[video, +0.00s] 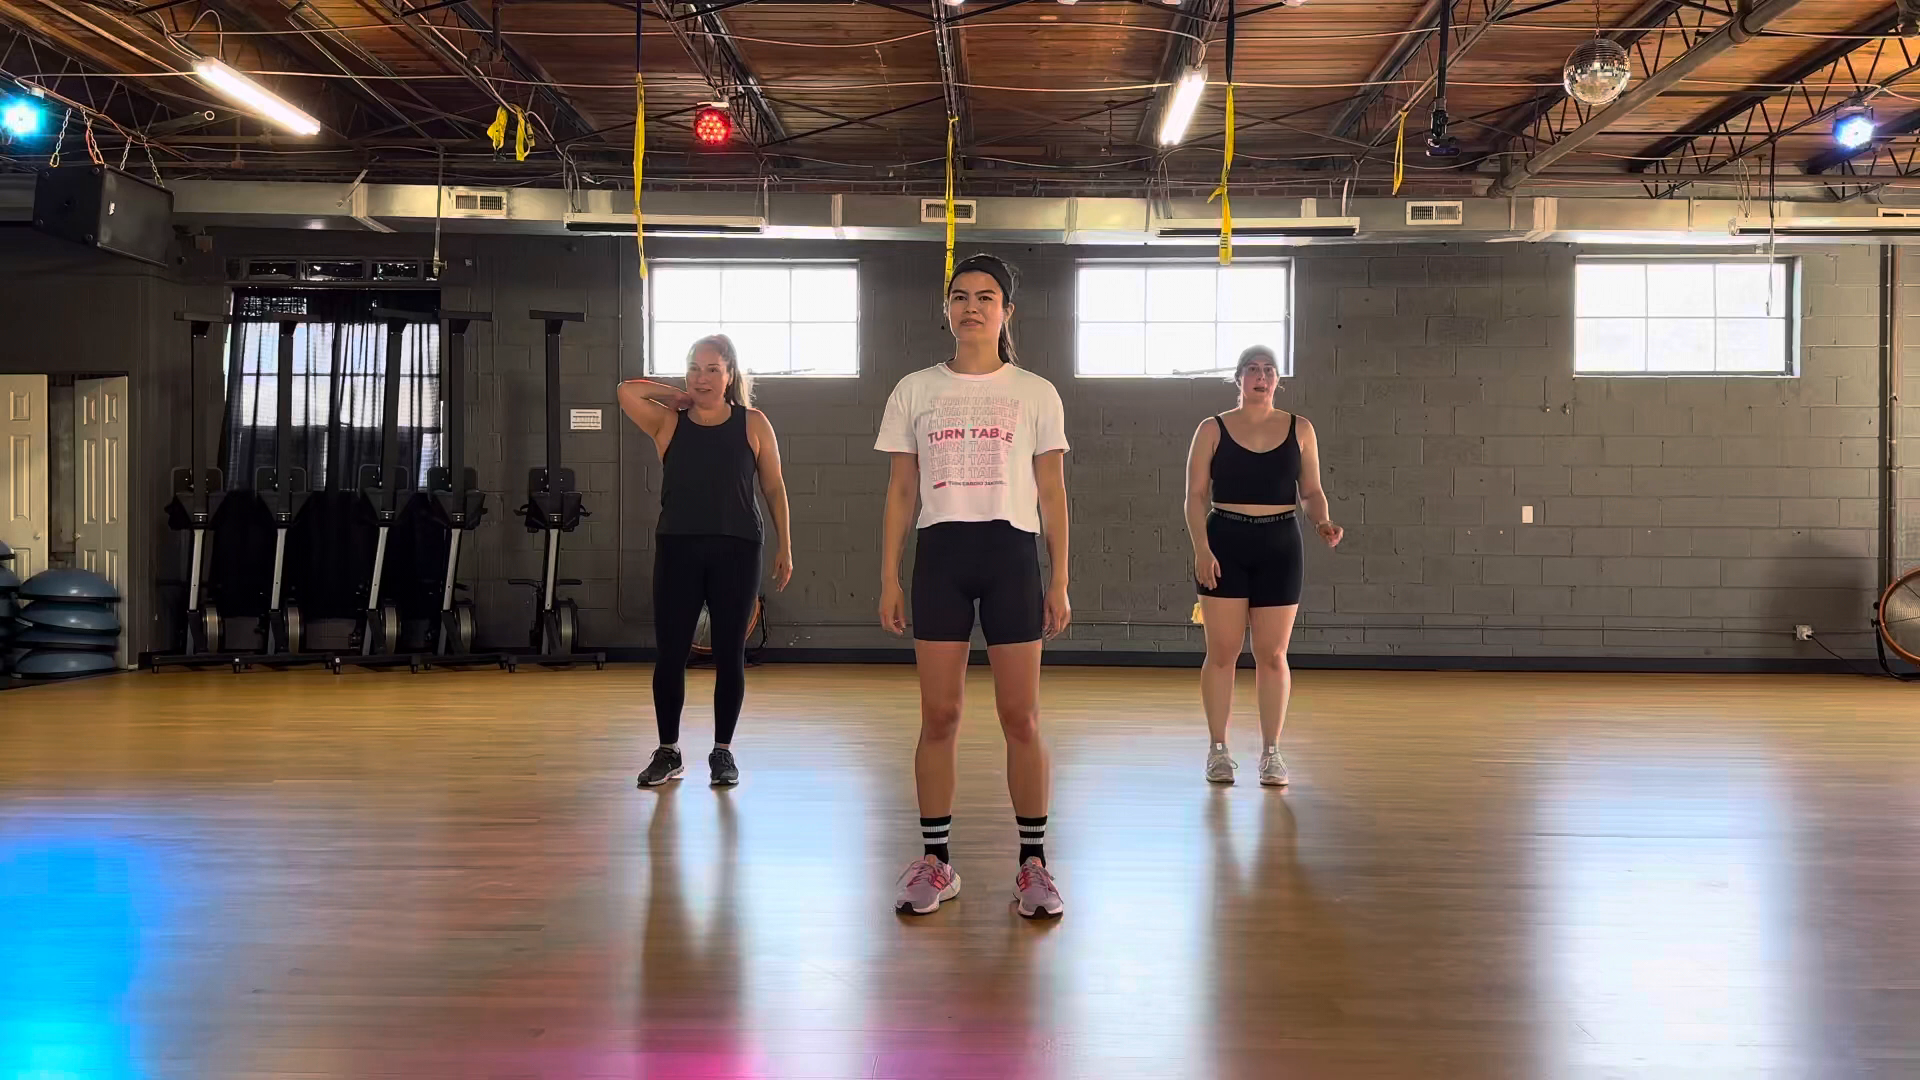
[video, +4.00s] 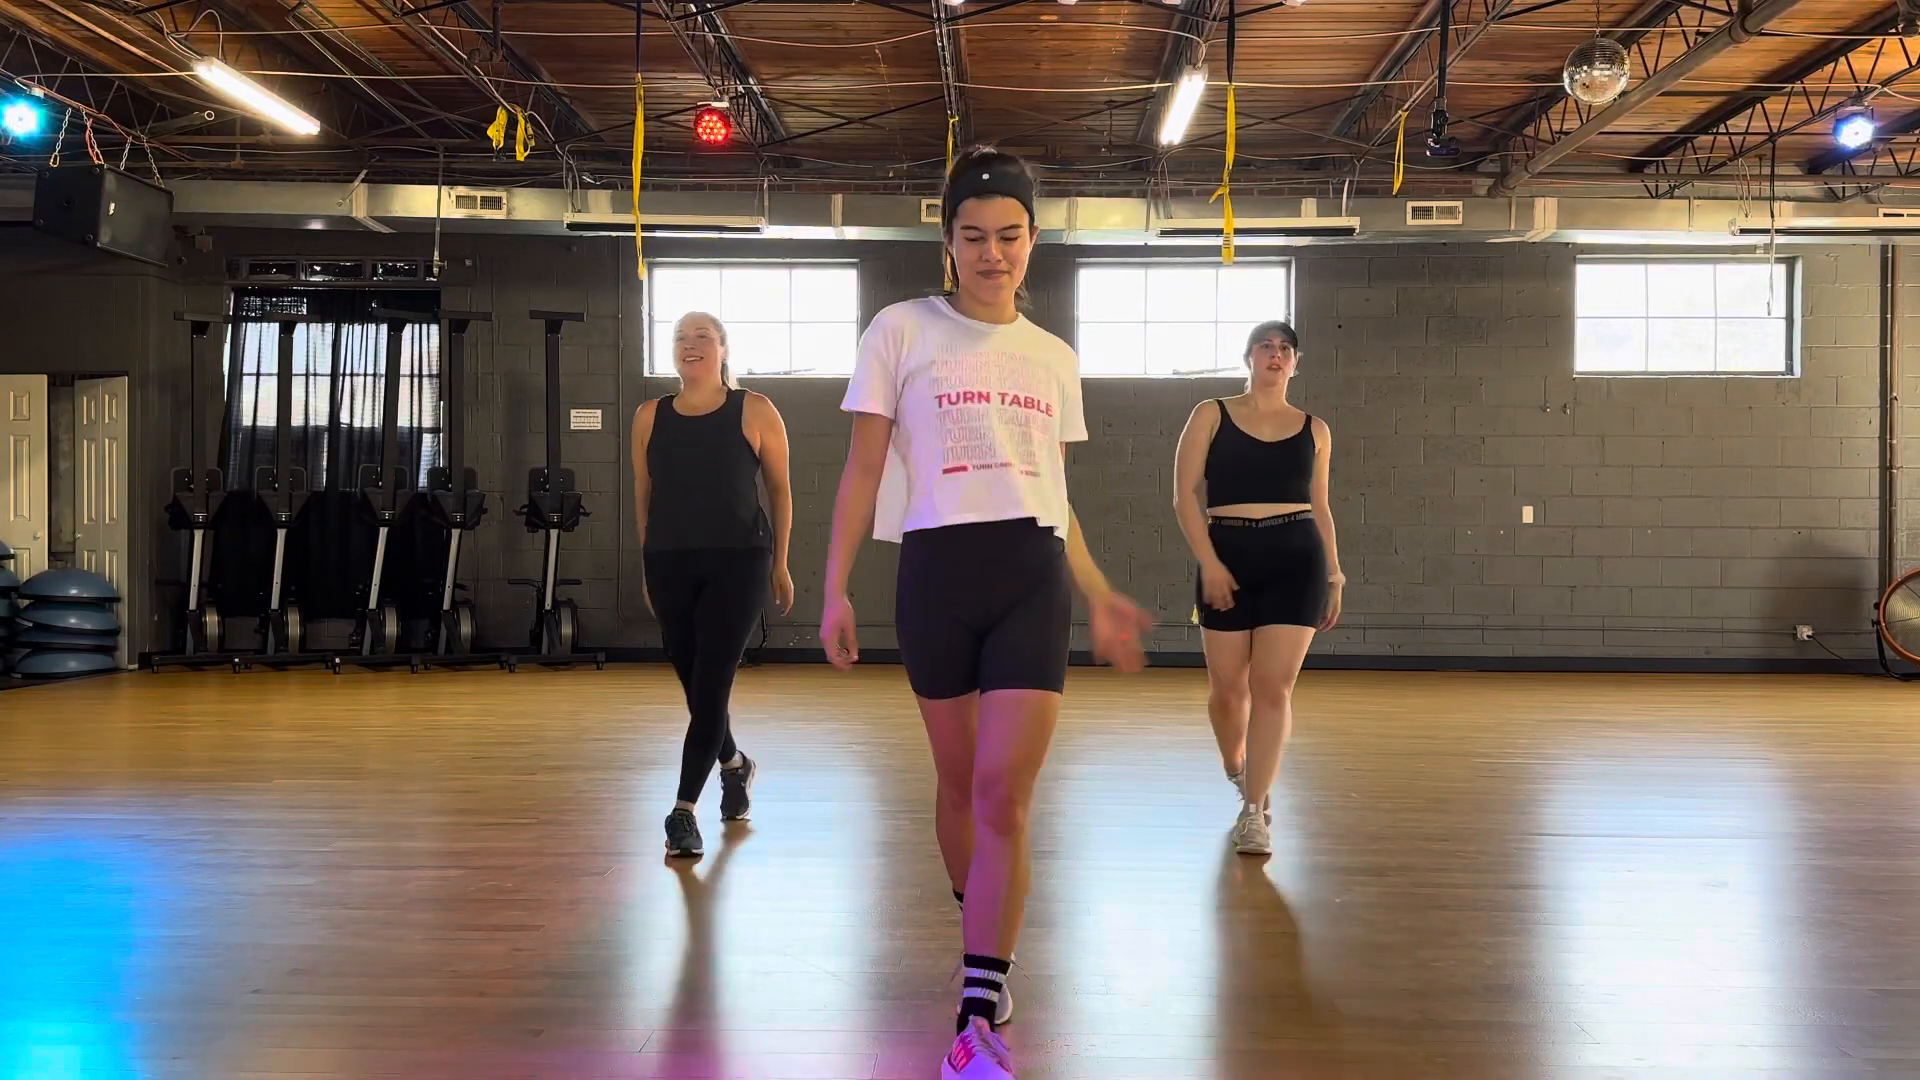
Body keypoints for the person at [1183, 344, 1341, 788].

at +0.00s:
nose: (1261, 377)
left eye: (1268, 371)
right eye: (1252, 370)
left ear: (1277, 380)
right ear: (1238, 379)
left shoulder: (1299, 429)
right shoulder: (1212, 430)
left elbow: (1311, 492)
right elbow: (1195, 496)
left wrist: (1322, 521)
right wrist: (1201, 548)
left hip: (1279, 549)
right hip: (1224, 547)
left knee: (1273, 655)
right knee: (1222, 653)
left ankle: (1272, 752)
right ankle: (1218, 749)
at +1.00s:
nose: (1231, 378)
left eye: (1238, 372)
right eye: (1223, 372)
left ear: (1249, 383)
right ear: (1210, 383)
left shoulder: (1274, 430)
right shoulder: (1188, 436)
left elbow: (1292, 490)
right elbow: (1169, 502)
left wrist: (1298, 536)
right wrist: (1161, 560)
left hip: (1256, 550)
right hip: (1199, 548)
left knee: (1265, 656)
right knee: (1199, 652)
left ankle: (1273, 753)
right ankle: (1191, 749)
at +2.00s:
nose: (1292, 386)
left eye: (1300, 381)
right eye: (1285, 377)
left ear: (1307, 391)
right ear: (1269, 382)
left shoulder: (1317, 435)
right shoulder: (1233, 434)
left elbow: (1340, 494)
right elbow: (1210, 500)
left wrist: (1332, 452)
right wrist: (1202, 557)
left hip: (1300, 553)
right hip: (1244, 551)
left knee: (1299, 658)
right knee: (1215, 656)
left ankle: (1297, 756)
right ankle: (1199, 747)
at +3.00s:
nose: (1270, 388)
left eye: (1277, 382)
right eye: (1261, 382)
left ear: (1288, 391)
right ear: (1247, 391)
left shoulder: (1313, 439)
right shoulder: (1228, 444)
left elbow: (1327, 502)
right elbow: (1217, 498)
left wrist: (1298, 460)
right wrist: (1196, 541)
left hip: (1292, 561)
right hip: (1234, 557)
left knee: (1277, 669)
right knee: (1245, 666)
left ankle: (1271, 747)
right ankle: (1254, 764)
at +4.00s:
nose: (1275, 355)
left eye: (1284, 349)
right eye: (1265, 347)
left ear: (1295, 364)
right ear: (1248, 358)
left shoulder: (1314, 430)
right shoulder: (1211, 415)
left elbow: (1319, 506)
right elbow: (1184, 494)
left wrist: (1334, 572)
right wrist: (1209, 562)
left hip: (1297, 566)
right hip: (1226, 563)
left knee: (1274, 690)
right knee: (1229, 693)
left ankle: (1257, 809)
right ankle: (1236, 772)